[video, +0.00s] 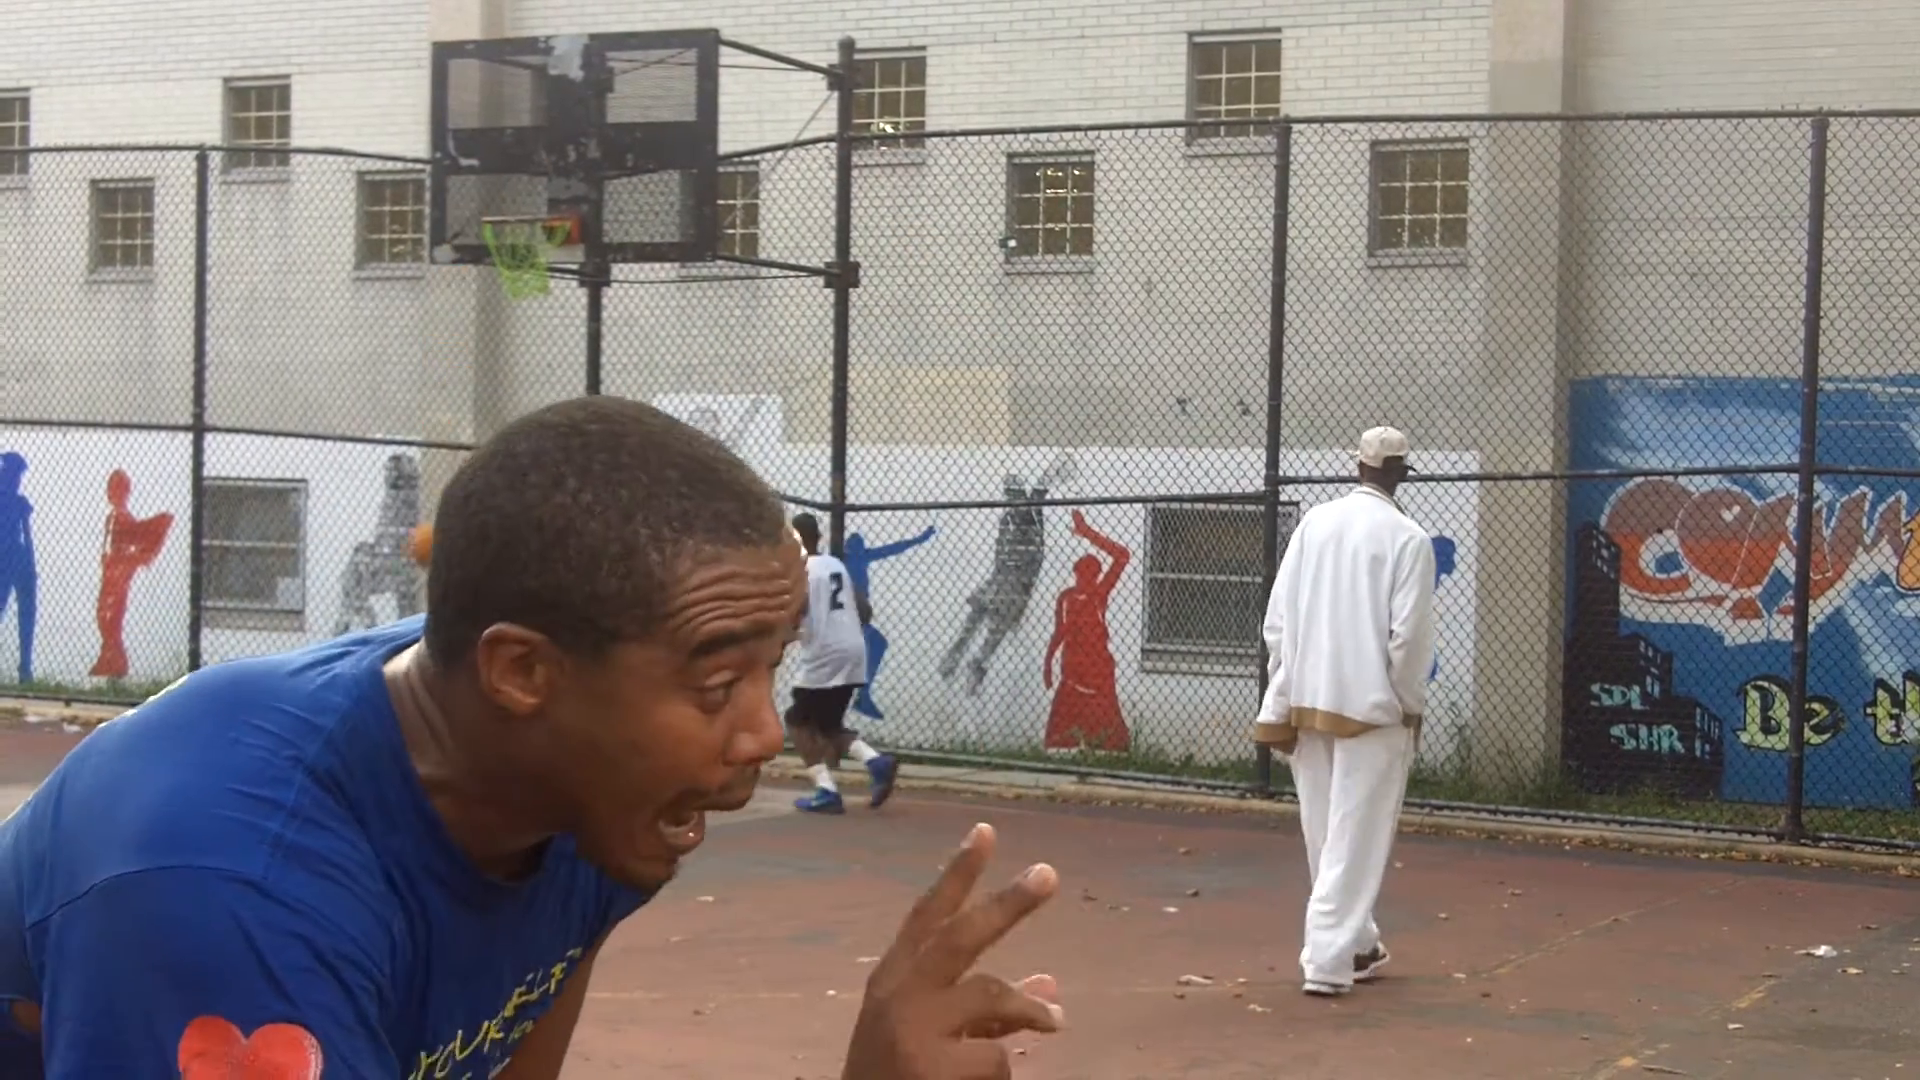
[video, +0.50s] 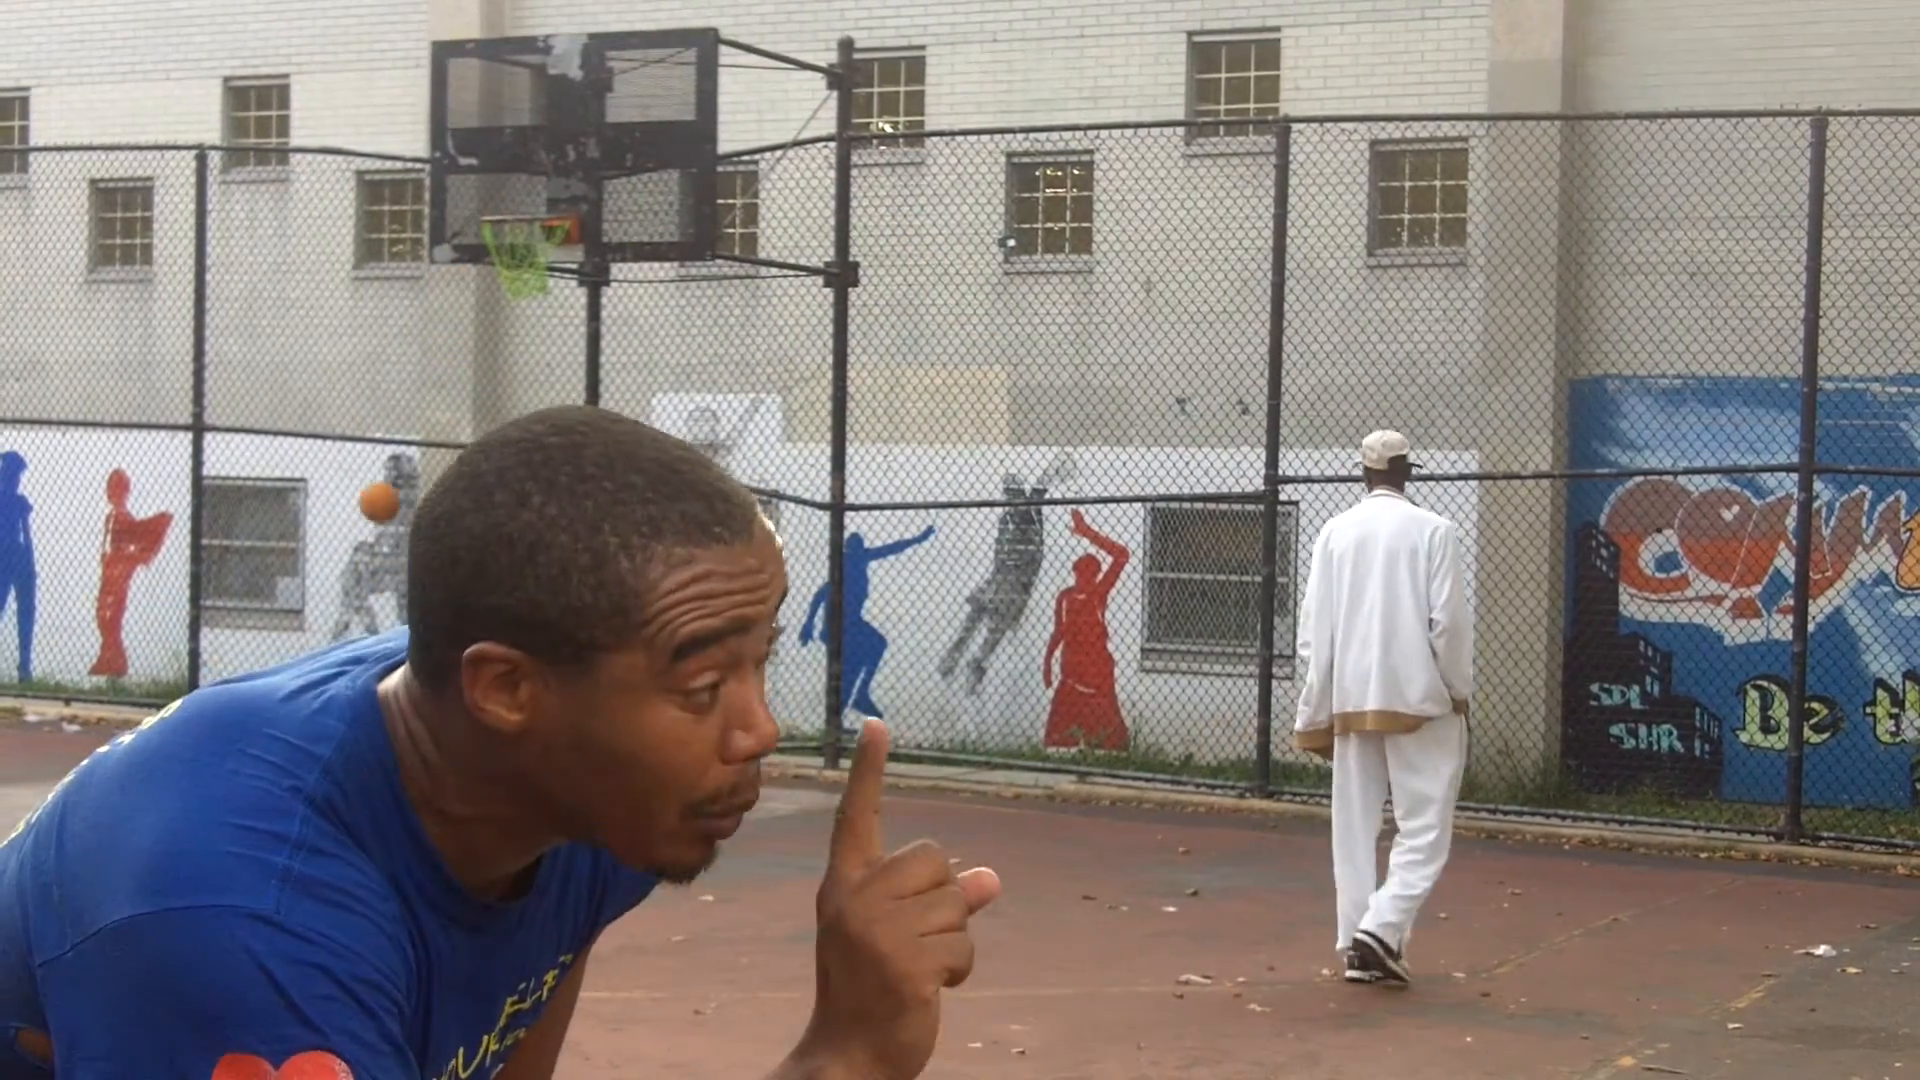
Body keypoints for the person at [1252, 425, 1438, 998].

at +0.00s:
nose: (1394, 478)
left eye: (1376, 466)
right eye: (1400, 472)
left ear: (1357, 469)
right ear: (1402, 475)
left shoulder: (1313, 522)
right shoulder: (1408, 538)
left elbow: (1277, 620)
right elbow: (1407, 635)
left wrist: (1286, 691)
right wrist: (1412, 704)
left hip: (1306, 698)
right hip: (1371, 704)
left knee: (1323, 827)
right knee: (1353, 832)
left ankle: (1358, 942)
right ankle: (1323, 965)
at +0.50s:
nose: (1399, 477)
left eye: (1380, 470)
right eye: (1404, 470)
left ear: (1364, 476)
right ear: (1408, 474)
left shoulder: (1333, 532)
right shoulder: (1434, 530)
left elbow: (1312, 629)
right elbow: (1447, 623)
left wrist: (1316, 703)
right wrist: (1461, 692)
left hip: (1349, 695)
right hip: (1417, 694)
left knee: (1354, 822)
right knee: (1424, 826)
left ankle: (1358, 950)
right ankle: (1382, 930)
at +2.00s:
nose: (1426, 476)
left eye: (1429, 468)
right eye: (1428, 467)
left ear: (1443, 471)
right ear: (1477, 475)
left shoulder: (1417, 521)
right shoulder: (1512, 535)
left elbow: (1396, 614)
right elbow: (1531, 626)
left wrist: (1383, 687)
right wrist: (1514, 691)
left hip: (1421, 694)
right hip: (1487, 696)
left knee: (1417, 822)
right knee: (1480, 822)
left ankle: (1428, 950)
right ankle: (1472, 955)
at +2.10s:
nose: (1416, 478)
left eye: (1420, 469)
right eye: (1418, 468)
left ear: (1436, 470)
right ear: (1469, 473)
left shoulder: (1414, 522)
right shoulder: (1505, 534)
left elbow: (1397, 614)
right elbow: (1526, 623)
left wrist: (1383, 688)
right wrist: (1510, 691)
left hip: (1422, 695)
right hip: (1487, 696)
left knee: (1419, 823)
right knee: (1479, 822)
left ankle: (1429, 954)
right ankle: (1473, 956)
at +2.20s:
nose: (1406, 476)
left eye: (1411, 468)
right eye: (1408, 467)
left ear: (1430, 470)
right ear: (1456, 472)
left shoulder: (1410, 524)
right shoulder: (1498, 533)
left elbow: (1396, 618)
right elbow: (1522, 623)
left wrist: (1380, 693)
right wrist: (1504, 692)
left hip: (1422, 697)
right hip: (1483, 699)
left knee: (1417, 825)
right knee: (1477, 822)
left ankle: (1431, 956)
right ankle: (1474, 956)